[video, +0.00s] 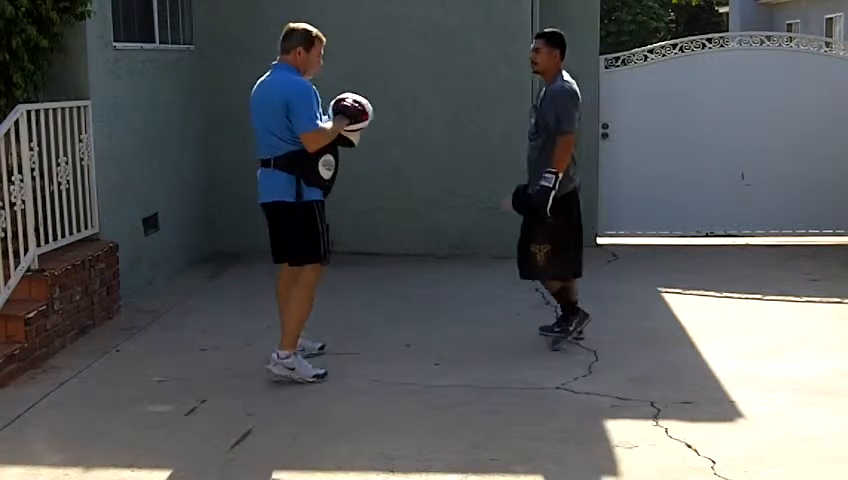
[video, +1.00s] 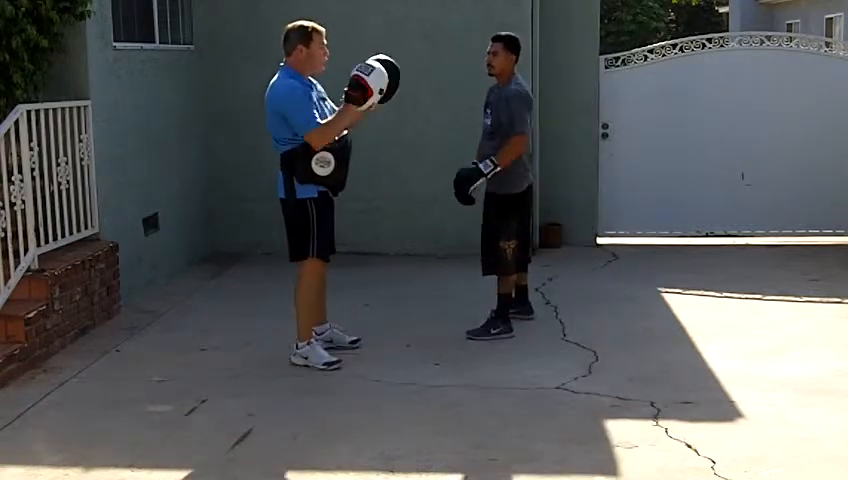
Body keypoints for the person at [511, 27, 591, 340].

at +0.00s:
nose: (532, 56)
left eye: (538, 51)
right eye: (532, 51)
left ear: (556, 55)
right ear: (548, 56)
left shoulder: (562, 91)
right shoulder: (551, 88)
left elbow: (566, 140)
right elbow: (552, 140)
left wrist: (548, 182)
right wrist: (533, 183)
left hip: (556, 193)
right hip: (550, 191)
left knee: (542, 256)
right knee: (551, 255)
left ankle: (571, 313)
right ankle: (568, 313)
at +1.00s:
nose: (488, 58)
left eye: (494, 54)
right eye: (488, 53)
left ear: (512, 59)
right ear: (492, 59)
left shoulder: (516, 93)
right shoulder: (496, 91)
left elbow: (519, 143)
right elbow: (492, 140)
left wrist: (482, 170)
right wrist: (474, 173)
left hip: (511, 186)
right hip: (504, 184)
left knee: (503, 250)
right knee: (516, 244)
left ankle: (501, 318)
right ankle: (521, 300)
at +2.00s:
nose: (510, 56)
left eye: (517, 52)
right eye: (511, 51)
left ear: (535, 58)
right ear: (514, 58)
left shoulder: (545, 95)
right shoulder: (514, 91)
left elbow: (546, 146)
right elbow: (517, 132)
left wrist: (504, 147)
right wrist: (495, 138)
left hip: (542, 187)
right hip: (522, 186)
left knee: (539, 249)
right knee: (527, 246)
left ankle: (534, 315)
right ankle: (548, 295)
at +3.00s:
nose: (526, 59)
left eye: (532, 54)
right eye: (526, 54)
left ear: (549, 57)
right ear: (539, 58)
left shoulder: (553, 92)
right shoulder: (541, 88)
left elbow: (553, 140)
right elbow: (525, 131)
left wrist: (521, 142)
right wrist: (514, 103)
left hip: (548, 184)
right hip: (548, 181)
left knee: (542, 248)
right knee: (559, 243)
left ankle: (535, 313)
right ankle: (564, 303)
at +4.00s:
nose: (513, 60)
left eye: (519, 55)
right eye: (513, 55)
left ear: (536, 58)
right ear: (520, 58)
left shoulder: (545, 92)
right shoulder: (520, 89)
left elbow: (549, 141)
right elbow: (504, 131)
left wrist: (513, 143)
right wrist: (500, 106)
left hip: (539, 184)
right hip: (523, 182)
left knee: (535, 246)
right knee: (536, 244)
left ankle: (535, 313)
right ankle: (548, 303)